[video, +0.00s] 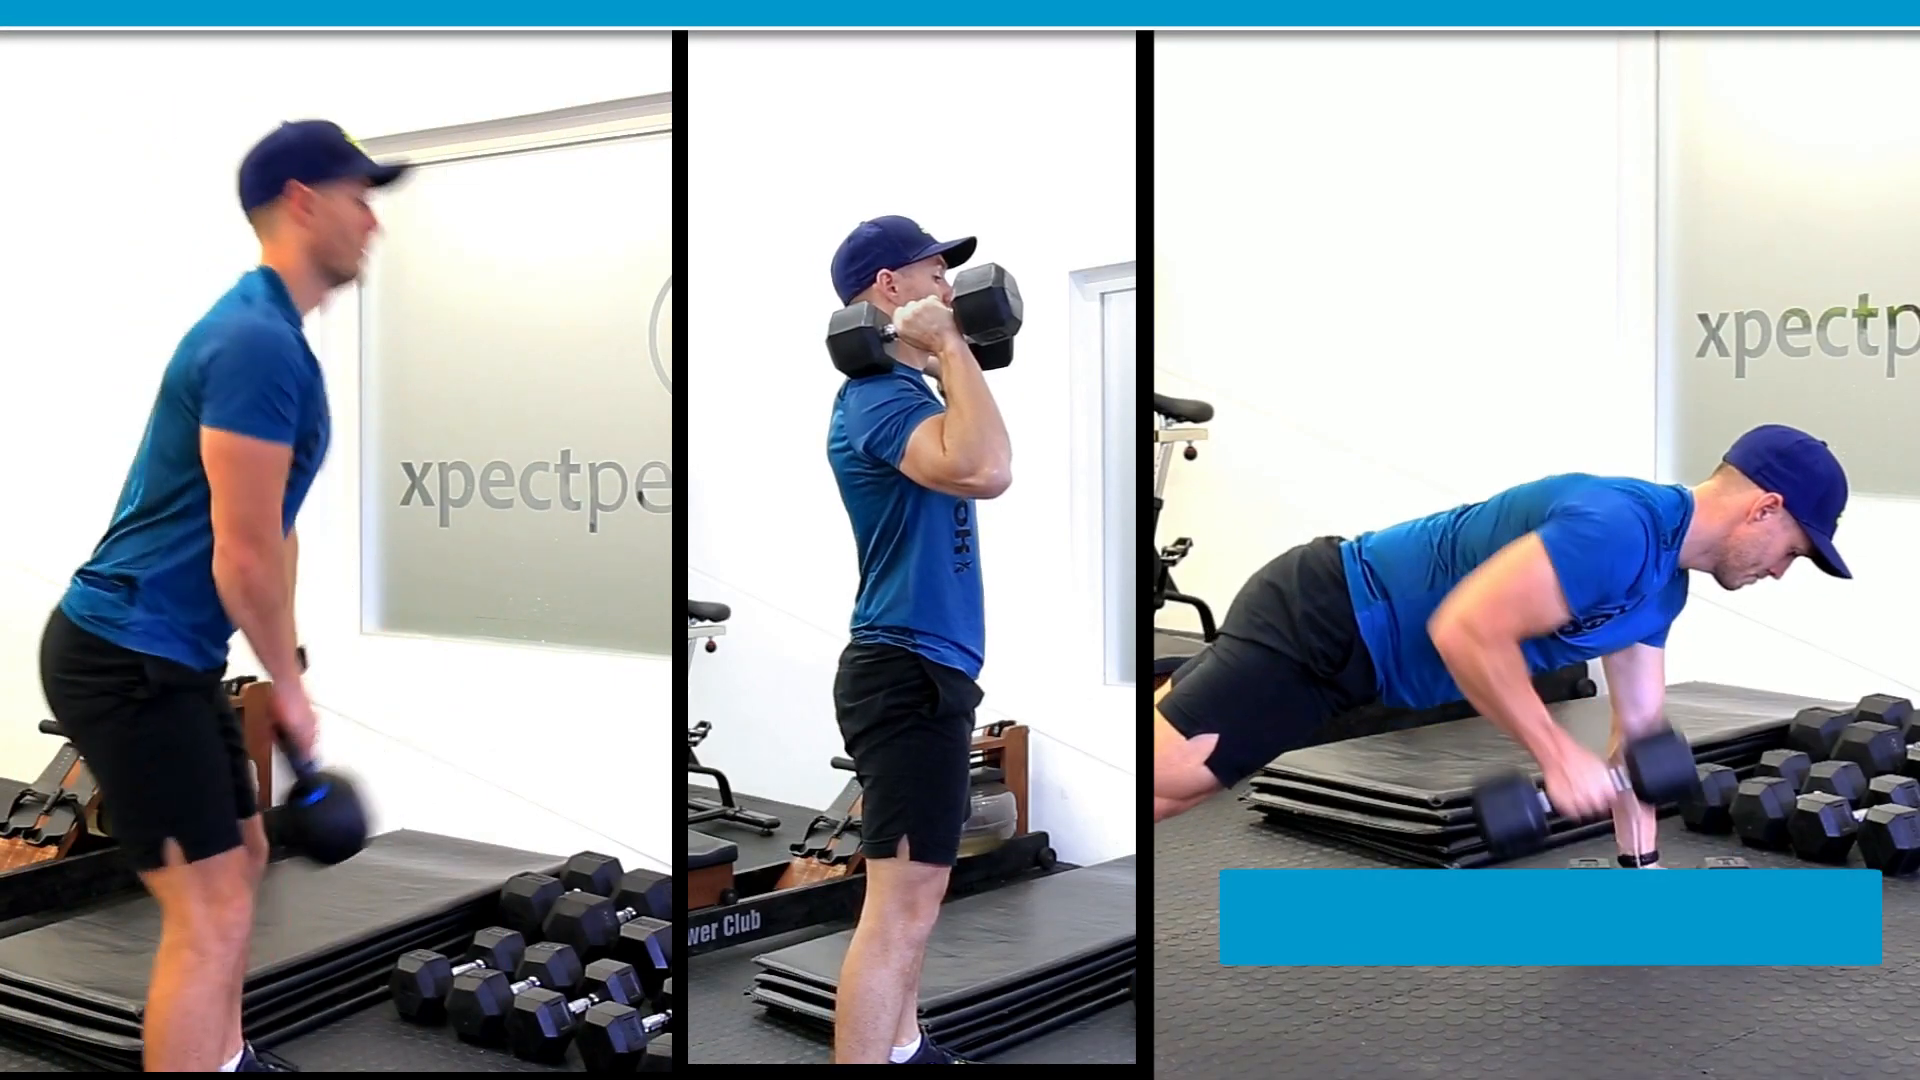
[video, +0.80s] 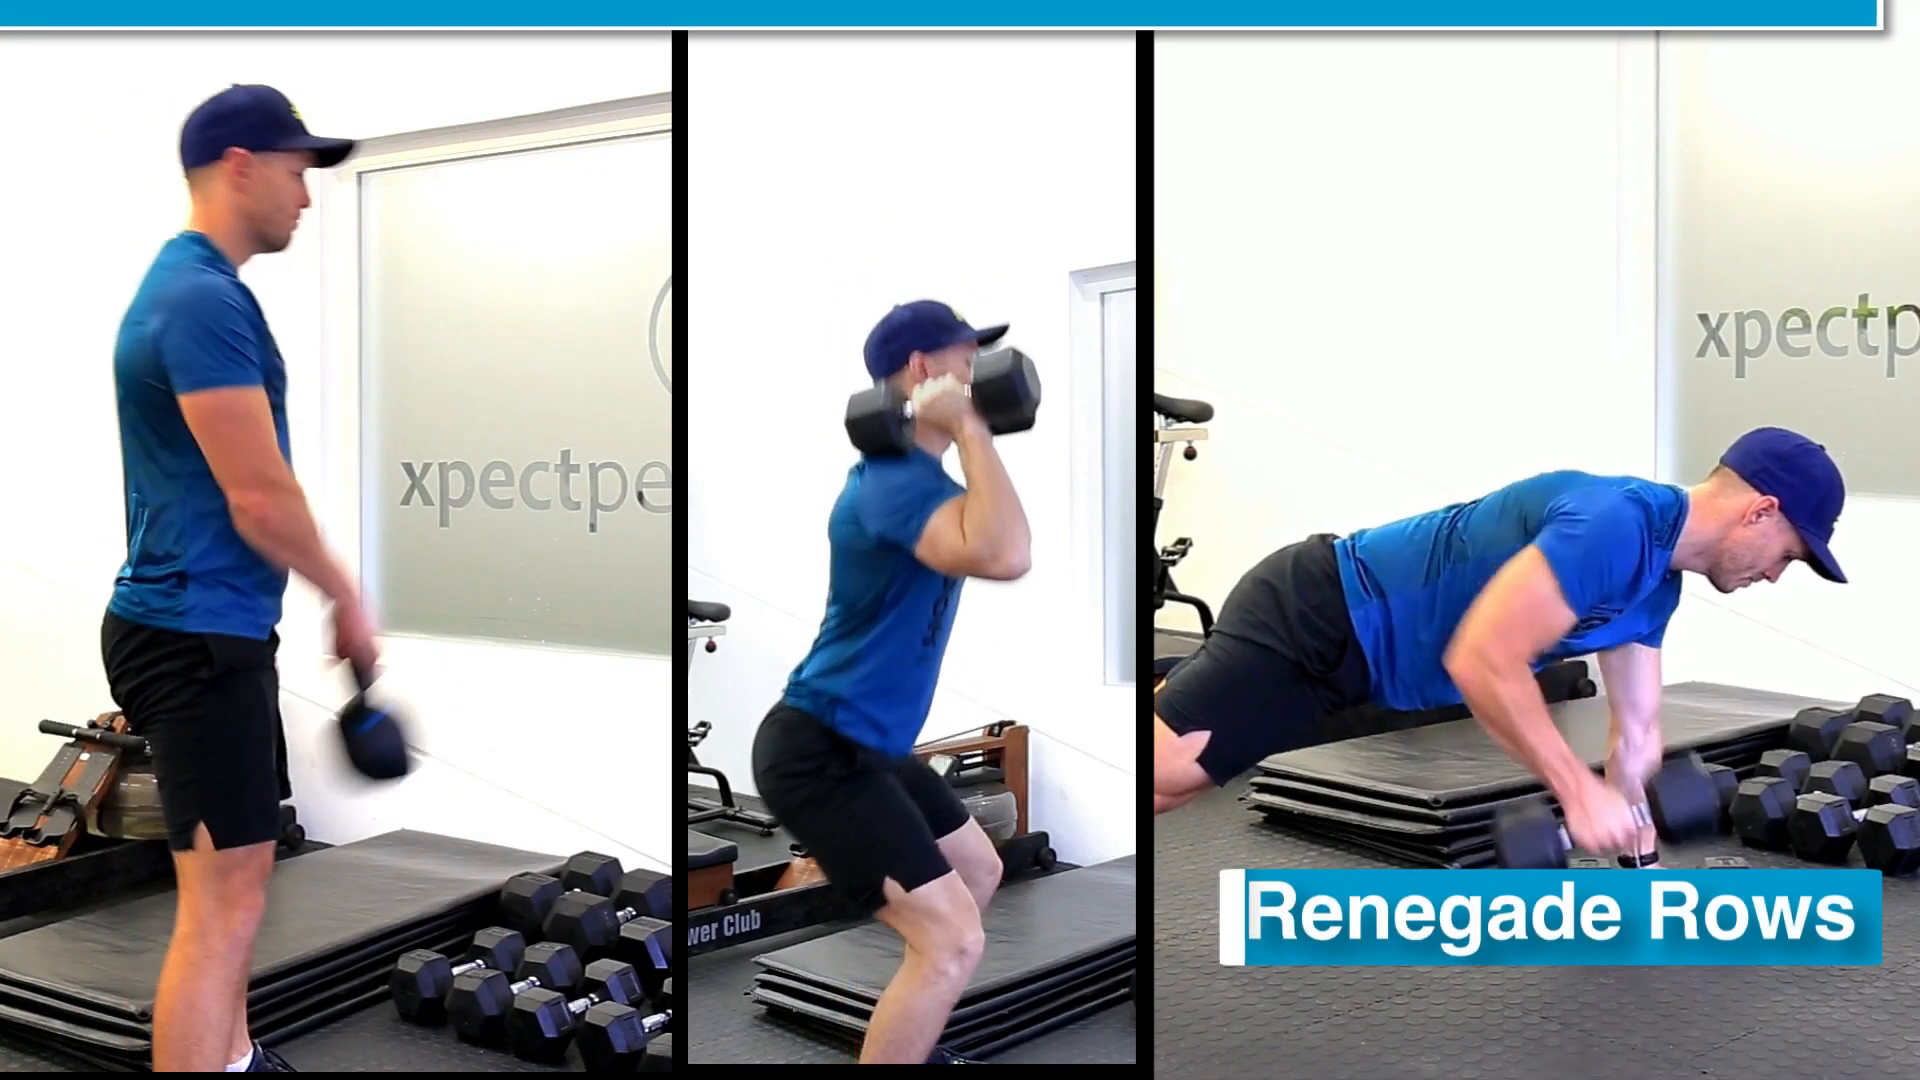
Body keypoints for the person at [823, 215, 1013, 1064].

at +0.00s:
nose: (950, 282)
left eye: (945, 268)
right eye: (937, 270)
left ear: (887, 289)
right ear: (888, 285)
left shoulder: (904, 395)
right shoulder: (873, 399)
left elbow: (990, 471)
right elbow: (977, 465)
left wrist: (953, 353)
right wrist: (948, 346)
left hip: (933, 674)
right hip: (906, 675)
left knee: (918, 898)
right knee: (900, 907)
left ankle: (900, 1047)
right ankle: (864, 1062)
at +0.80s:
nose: (975, 374)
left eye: (974, 360)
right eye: (965, 360)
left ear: (912, 374)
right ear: (919, 369)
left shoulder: (916, 476)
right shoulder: (891, 482)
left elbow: (992, 548)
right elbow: (1003, 555)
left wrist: (973, 428)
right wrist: (967, 426)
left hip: (868, 742)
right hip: (820, 750)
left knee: (977, 871)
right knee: (950, 944)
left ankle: (913, 1034)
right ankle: (893, 1055)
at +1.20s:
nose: (987, 465)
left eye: (986, 452)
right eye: (978, 451)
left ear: (927, 464)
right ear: (930, 461)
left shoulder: (929, 558)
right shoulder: (893, 572)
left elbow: (1005, 642)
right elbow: (1002, 661)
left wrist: (982, 526)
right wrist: (973, 526)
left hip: (855, 801)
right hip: (799, 819)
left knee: (990, 880)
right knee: (966, 955)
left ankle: (916, 1037)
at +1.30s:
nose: (995, 492)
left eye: (990, 478)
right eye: (983, 479)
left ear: (934, 496)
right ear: (935, 493)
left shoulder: (932, 592)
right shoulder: (894, 602)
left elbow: (1008, 696)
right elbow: (997, 700)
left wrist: (988, 567)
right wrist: (975, 566)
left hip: (851, 822)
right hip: (793, 842)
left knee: (991, 882)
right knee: (967, 956)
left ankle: (912, 1028)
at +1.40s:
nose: (996, 509)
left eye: (991, 494)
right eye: (984, 495)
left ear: (937, 513)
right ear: (937, 510)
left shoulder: (934, 608)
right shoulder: (895, 619)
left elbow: (1005, 708)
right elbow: (997, 720)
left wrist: (988, 582)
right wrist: (977, 583)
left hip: (851, 829)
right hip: (789, 853)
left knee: (992, 883)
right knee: (968, 955)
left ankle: (909, 1023)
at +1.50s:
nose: (997, 527)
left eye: (993, 511)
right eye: (985, 511)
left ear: (939, 526)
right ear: (939, 524)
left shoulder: (938, 621)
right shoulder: (896, 633)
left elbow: (1006, 715)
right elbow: (1000, 741)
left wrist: (989, 597)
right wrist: (979, 601)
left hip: (852, 840)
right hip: (789, 864)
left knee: (993, 882)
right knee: (968, 956)